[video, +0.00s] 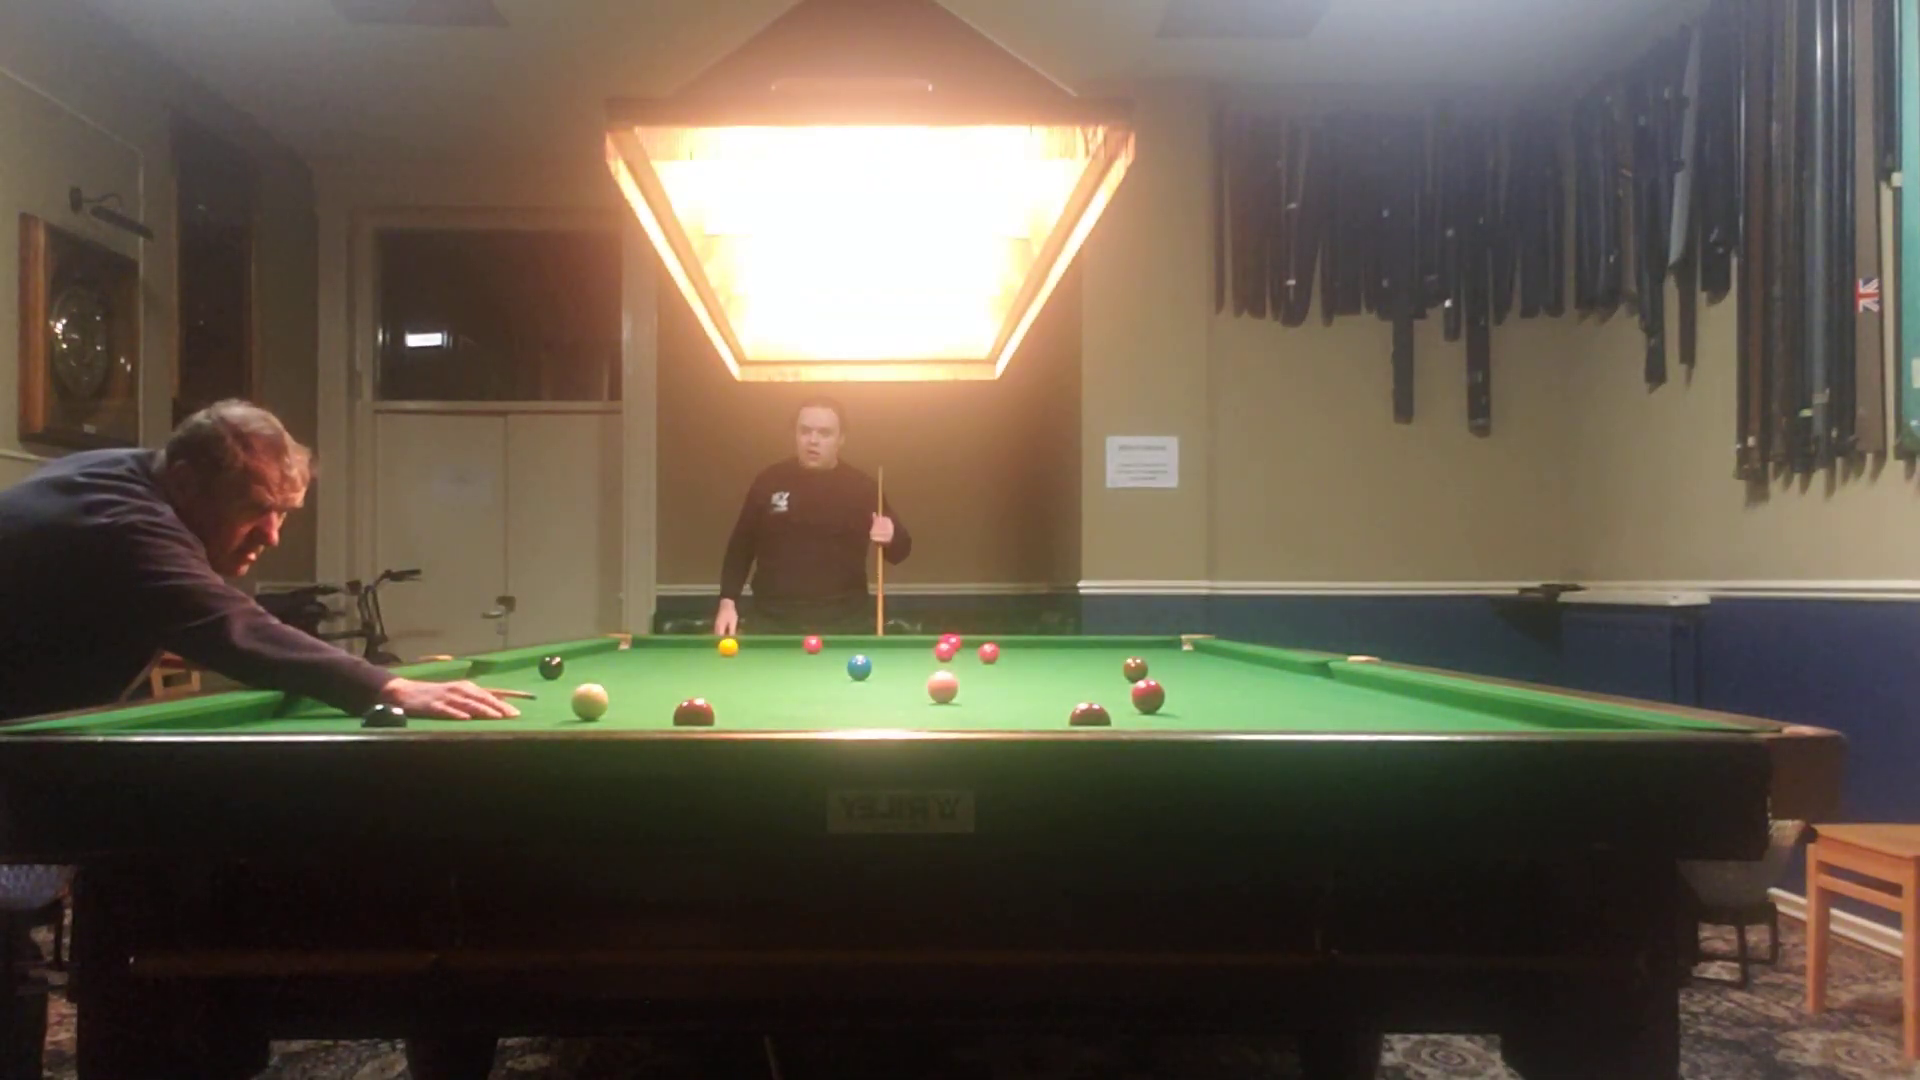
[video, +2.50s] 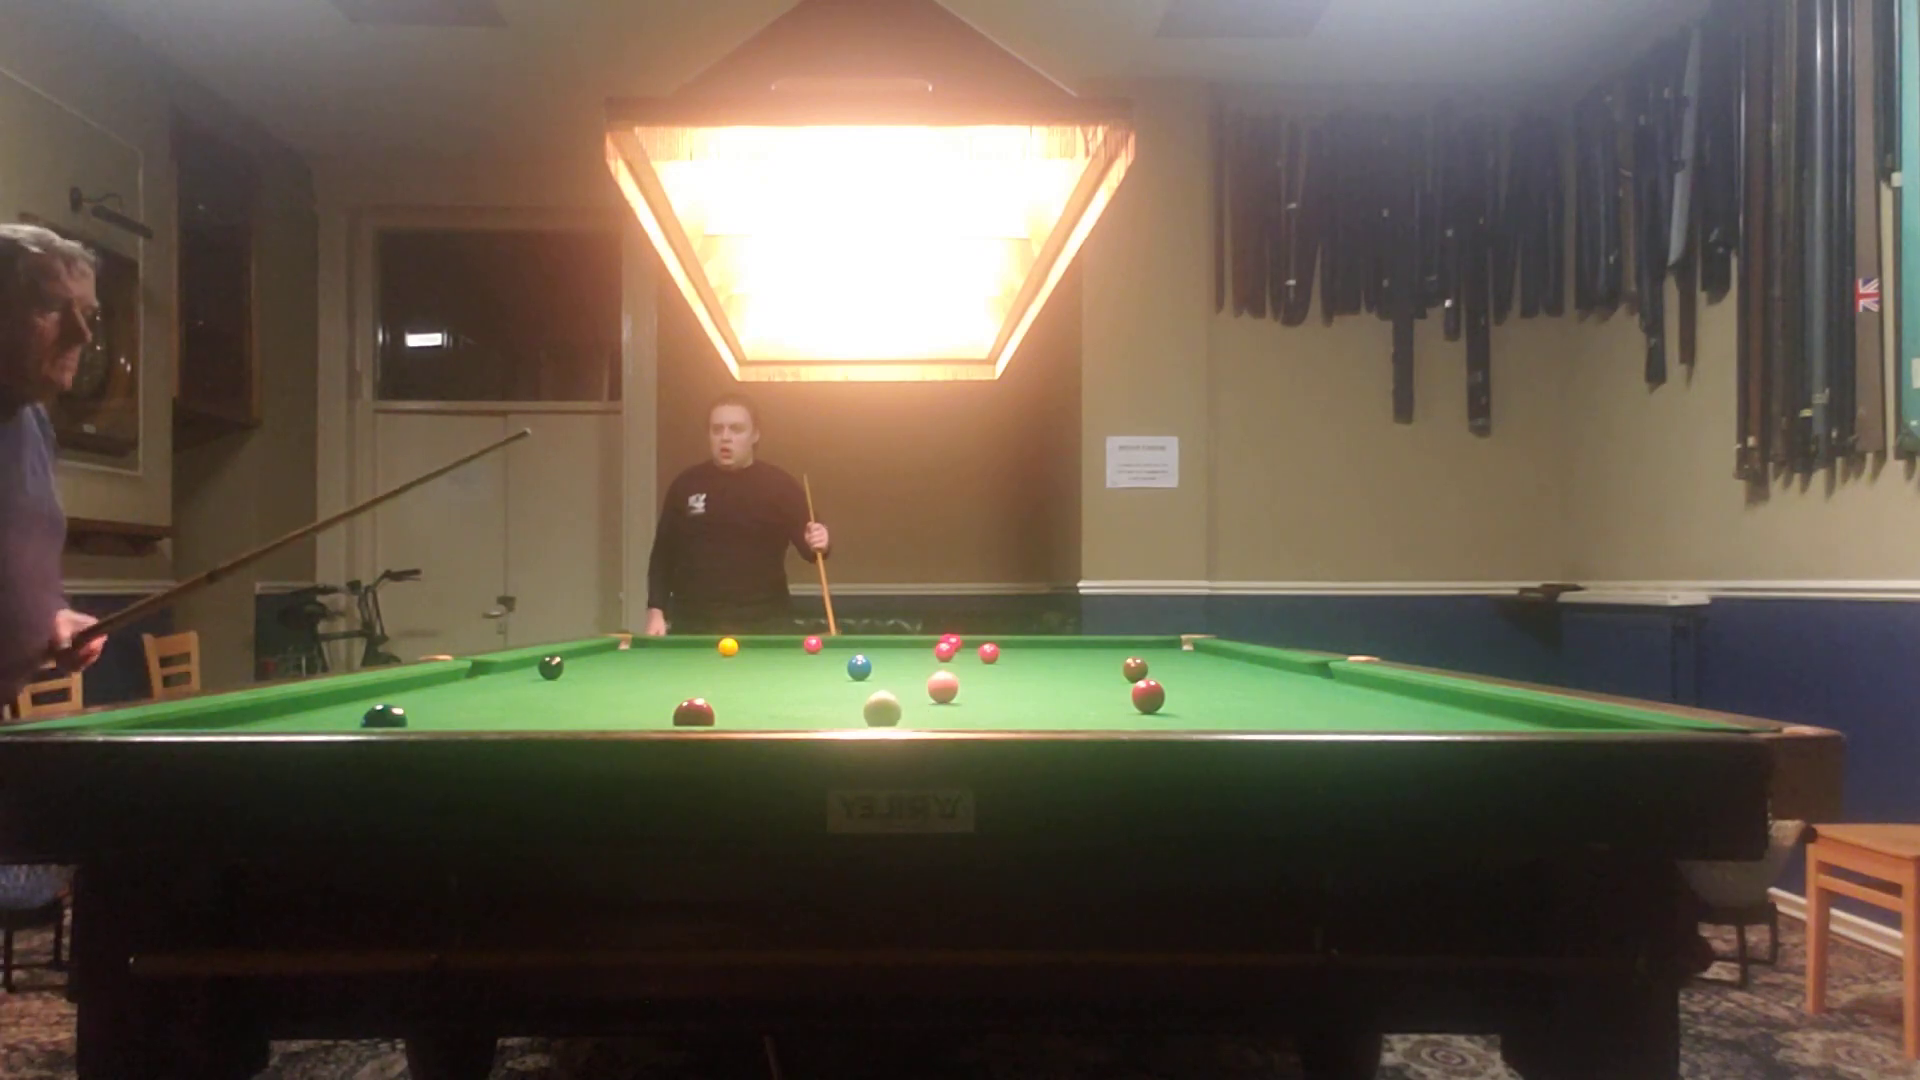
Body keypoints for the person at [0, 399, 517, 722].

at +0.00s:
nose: (270, 537)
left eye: (283, 516)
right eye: (255, 510)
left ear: (183, 476)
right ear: (187, 481)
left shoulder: (134, 474)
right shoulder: (135, 531)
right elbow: (241, 632)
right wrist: (394, 687)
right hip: (11, 719)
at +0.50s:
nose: (266, 507)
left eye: (277, 488)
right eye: (250, 484)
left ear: (180, 457)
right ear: (189, 462)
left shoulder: (124, 463)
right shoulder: (134, 516)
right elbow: (244, 622)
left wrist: (144, 620)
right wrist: (386, 682)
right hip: (14, 731)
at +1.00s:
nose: (226, 420)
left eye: (236, 403)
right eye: (207, 396)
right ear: (144, 386)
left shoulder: (109, 440)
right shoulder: (86, 445)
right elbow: (154, 575)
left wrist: (120, 632)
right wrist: (296, 654)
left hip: (41, 745)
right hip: (16, 751)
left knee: (30, 945)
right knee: (24, 953)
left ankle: (27, 1061)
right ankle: (25, 1064)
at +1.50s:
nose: (169, 362)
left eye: (176, 345)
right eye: (150, 343)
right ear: (85, 343)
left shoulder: (110, 432)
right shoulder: (22, 410)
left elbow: (100, 580)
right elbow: (31, 564)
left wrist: (160, 657)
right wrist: (160, 648)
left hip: (78, 726)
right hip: (13, 730)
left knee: (58, 929)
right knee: (22, 934)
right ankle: (27, 1064)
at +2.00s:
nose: (124, 336)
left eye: (124, 318)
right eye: (103, 312)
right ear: (26, 316)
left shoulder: (46, 417)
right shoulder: (8, 410)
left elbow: (61, 574)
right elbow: (16, 561)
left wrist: (161, 658)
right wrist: (149, 654)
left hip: (48, 719)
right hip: (14, 723)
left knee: (30, 916)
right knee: (16, 919)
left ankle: (29, 1054)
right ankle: (23, 1058)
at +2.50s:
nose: (80, 333)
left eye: (87, 313)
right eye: (51, 309)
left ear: (93, 316)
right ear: (2, 315)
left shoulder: (32, 423)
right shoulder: (18, 426)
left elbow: (26, 574)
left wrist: (58, 618)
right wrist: (46, 627)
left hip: (15, 700)